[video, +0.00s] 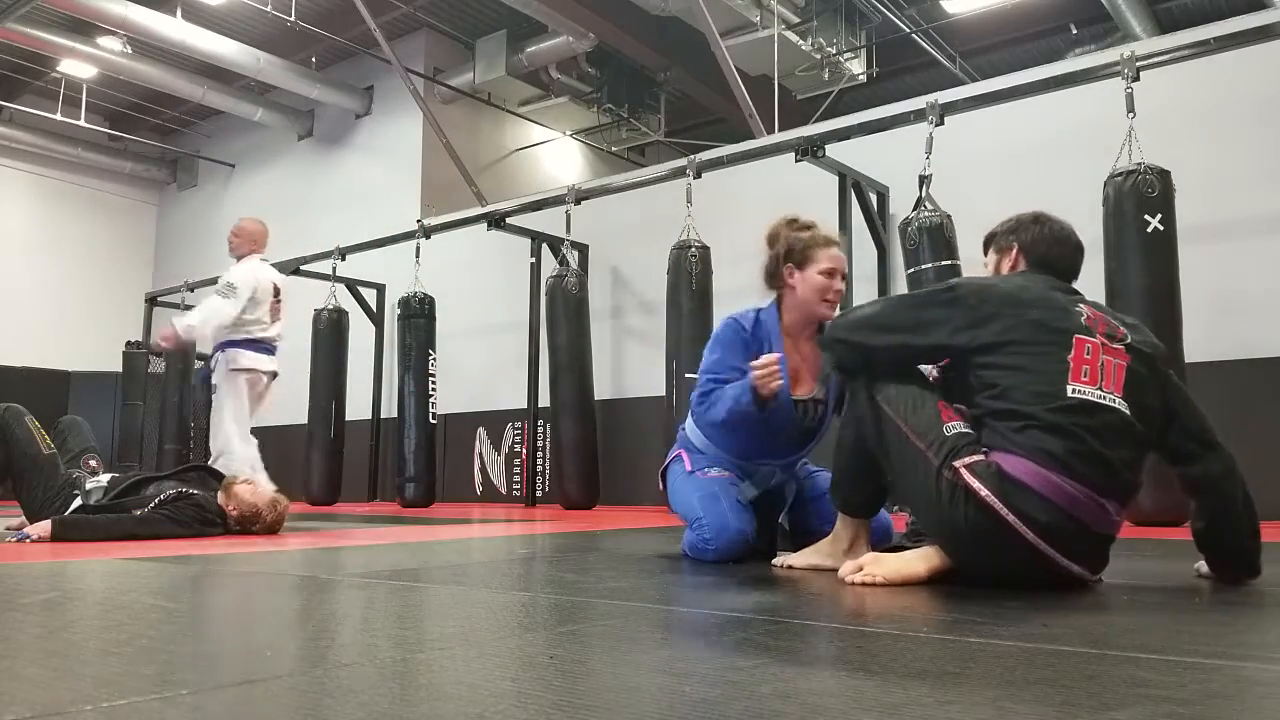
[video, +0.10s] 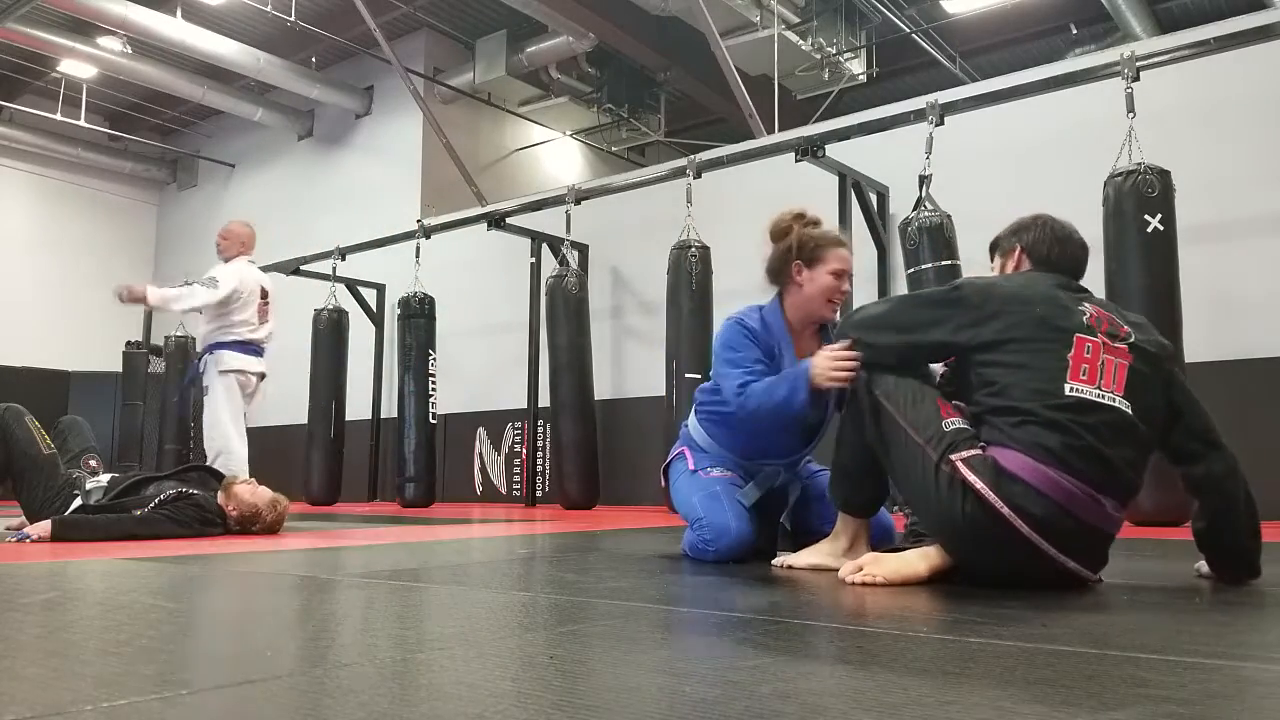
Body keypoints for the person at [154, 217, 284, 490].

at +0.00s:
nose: (229, 238)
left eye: (236, 235)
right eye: (231, 233)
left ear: (252, 243)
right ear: (257, 244)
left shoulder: (243, 273)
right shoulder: (273, 275)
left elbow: (219, 309)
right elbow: (270, 325)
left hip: (238, 361)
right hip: (264, 363)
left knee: (226, 431)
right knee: (237, 430)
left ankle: (234, 497)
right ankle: (262, 495)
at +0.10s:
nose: (217, 242)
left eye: (224, 238)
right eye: (219, 237)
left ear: (242, 244)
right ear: (245, 247)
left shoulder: (231, 272)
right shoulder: (262, 278)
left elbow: (199, 294)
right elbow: (264, 329)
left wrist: (148, 294)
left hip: (226, 361)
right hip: (251, 363)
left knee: (222, 435)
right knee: (229, 433)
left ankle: (230, 505)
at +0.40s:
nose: (185, 252)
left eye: (191, 247)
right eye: (186, 247)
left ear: (208, 253)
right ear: (211, 255)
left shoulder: (198, 279)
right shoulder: (228, 287)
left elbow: (178, 307)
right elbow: (233, 336)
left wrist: (122, 299)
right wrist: (224, 368)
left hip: (191, 369)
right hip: (215, 372)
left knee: (184, 440)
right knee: (191, 439)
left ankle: (212, 495)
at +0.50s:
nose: (174, 251)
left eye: (181, 247)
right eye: (176, 247)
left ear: (199, 253)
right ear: (200, 255)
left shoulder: (189, 280)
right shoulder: (215, 285)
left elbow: (166, 318)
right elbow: (223, 337)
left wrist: (123, 342)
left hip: (182, 370)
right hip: (206, 372)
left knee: (154, 436)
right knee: (190, 441)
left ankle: (198, 489)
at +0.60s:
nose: (162, 252)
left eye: (169, 248)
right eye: (163, 247)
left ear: (187, 254)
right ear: (189, 256)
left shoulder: (174, 282)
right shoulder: (205, 285)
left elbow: (163, 330)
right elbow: (212, 337)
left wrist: (147, 374)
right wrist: (201, 364)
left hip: (172, 374)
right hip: (197, 375)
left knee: (133, 437)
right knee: (187, 446)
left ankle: (162, 491)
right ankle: (190, 498)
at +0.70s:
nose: (149, 254)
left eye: (156, 251)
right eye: (151, 249)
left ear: (174, 257)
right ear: (178, 259)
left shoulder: (163, 283)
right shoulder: (192, 287)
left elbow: (159, 329)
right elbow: (206, 334)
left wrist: (135, 368)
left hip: (161, 372)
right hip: (187, 373)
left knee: (125, 435)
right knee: (182, 440)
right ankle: (192, 494)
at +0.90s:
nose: (120, 259)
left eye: (127, 254)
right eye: (122, 254)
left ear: (144, 260)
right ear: (147, 262)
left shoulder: (134, 286)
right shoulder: (168, 293)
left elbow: (125, 332)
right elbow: (173, 341)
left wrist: (101, 370)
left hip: (130, 378)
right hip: (159, 380)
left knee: (104, 444)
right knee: (161, 446)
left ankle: (88, 505)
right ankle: (186, 496)